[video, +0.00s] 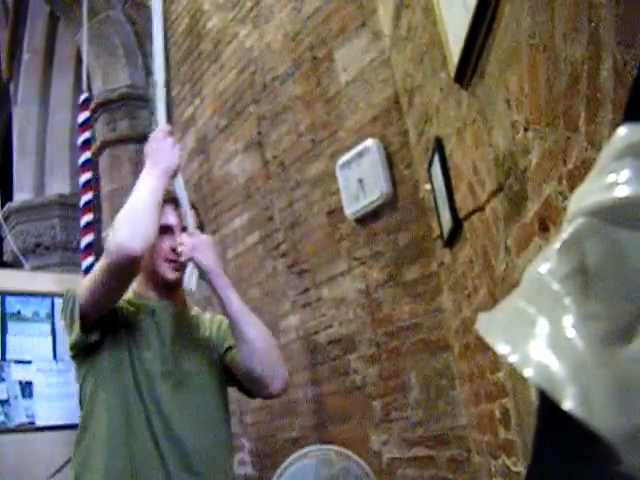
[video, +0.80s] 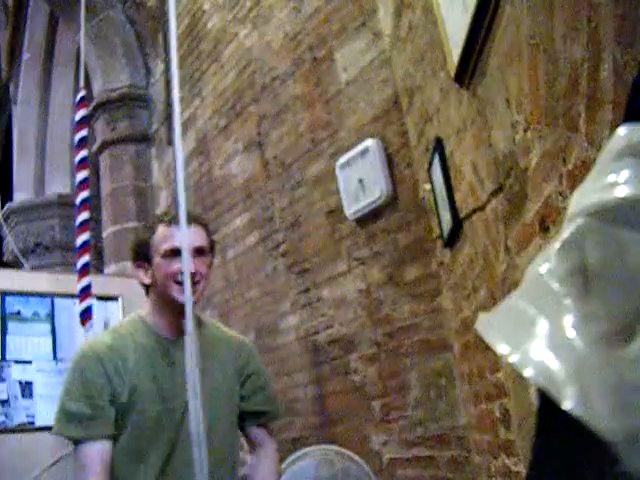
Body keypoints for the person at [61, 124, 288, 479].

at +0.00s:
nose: (178, 243)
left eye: (184, 232)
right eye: (164, 231)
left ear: (192, 241)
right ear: (141, 242)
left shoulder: (212, 330)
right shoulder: (101, 320)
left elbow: (273, 381)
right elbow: (126, 251)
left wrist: (217, 275)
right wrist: (155, 171)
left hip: (205, 472)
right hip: (115, 470)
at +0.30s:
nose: (182, 248)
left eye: (194, 238)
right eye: (168, 236)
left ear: (205, 252)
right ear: (145, 247)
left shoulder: (216, 333)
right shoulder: (108, 326)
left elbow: (270, 399)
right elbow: (118, 274)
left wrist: (215, 295)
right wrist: (155, 187)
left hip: (213, 473)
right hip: (123, 472)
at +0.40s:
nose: (185, 259)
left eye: (197, 246)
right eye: (171, 246)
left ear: (209, 258)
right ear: (150, 255)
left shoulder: (236, 343)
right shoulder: (106, 334)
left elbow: (275, 428)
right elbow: (113, 312)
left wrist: (226, 333)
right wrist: (160, 215)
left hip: (216, 473)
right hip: (125, 472)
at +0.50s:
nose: (188, 262)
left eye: (199, 250)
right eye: (175, 253)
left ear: (210, 262)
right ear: (143, 265)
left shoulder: (237, 348)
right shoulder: (105, 330)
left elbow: (279, 453)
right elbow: (97, 367)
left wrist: (241, 386)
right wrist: (166, 260)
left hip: (214, 471)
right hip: (125, 471)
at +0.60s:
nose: (189, 264)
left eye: (200, 251)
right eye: (174, 251)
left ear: (210, 264)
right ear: (145, 267)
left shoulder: (239, 351)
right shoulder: (101, 338)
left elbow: (278, 458)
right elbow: (84, 423)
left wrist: (247, 437)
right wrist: (169, 340)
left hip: (218, 474)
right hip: (127, 473)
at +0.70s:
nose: (191, 265)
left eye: (201, 253)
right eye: (175, 254)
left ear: (211, 267)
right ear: (146, 271)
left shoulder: (237, 352)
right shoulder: (100, 351)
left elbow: (268, 449)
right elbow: (82, 465)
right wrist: (173, 441)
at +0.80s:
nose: (189, 267)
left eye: (200, 253)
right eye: (173, 254)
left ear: (211, 264)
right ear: (144, 271)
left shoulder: (237, 353)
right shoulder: (102, 359)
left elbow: (263, 448)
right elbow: (93, 471)